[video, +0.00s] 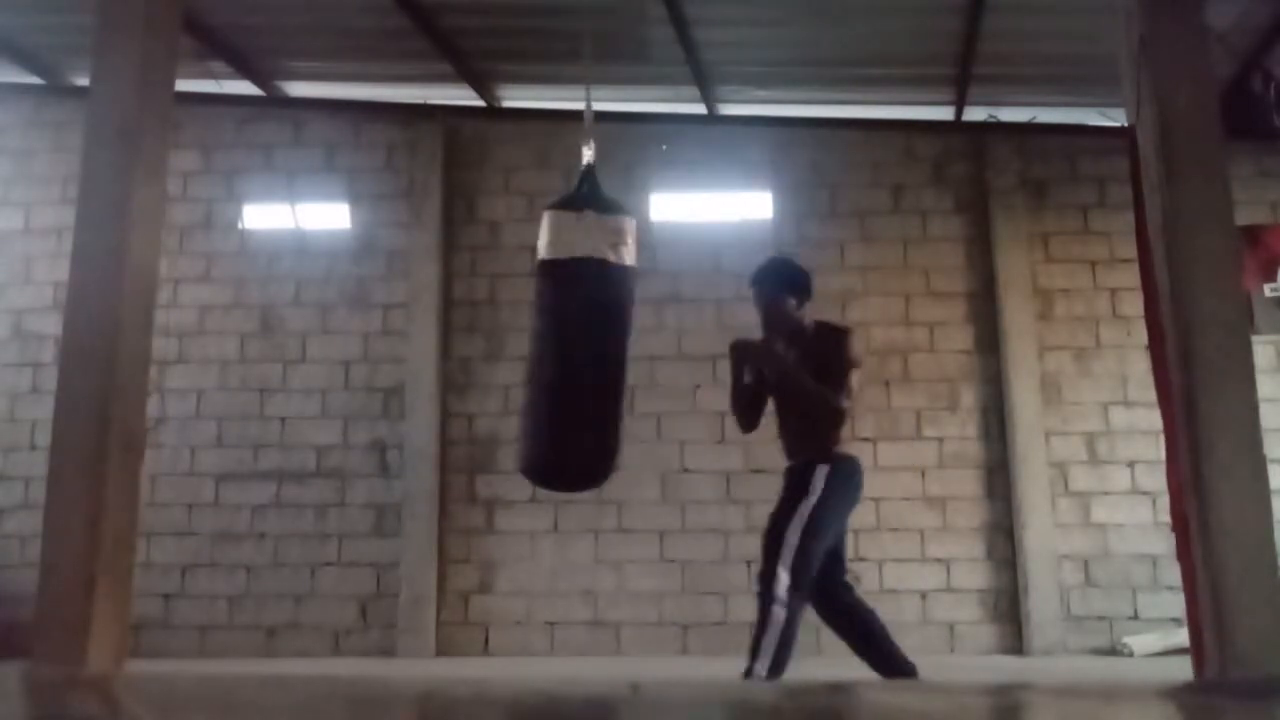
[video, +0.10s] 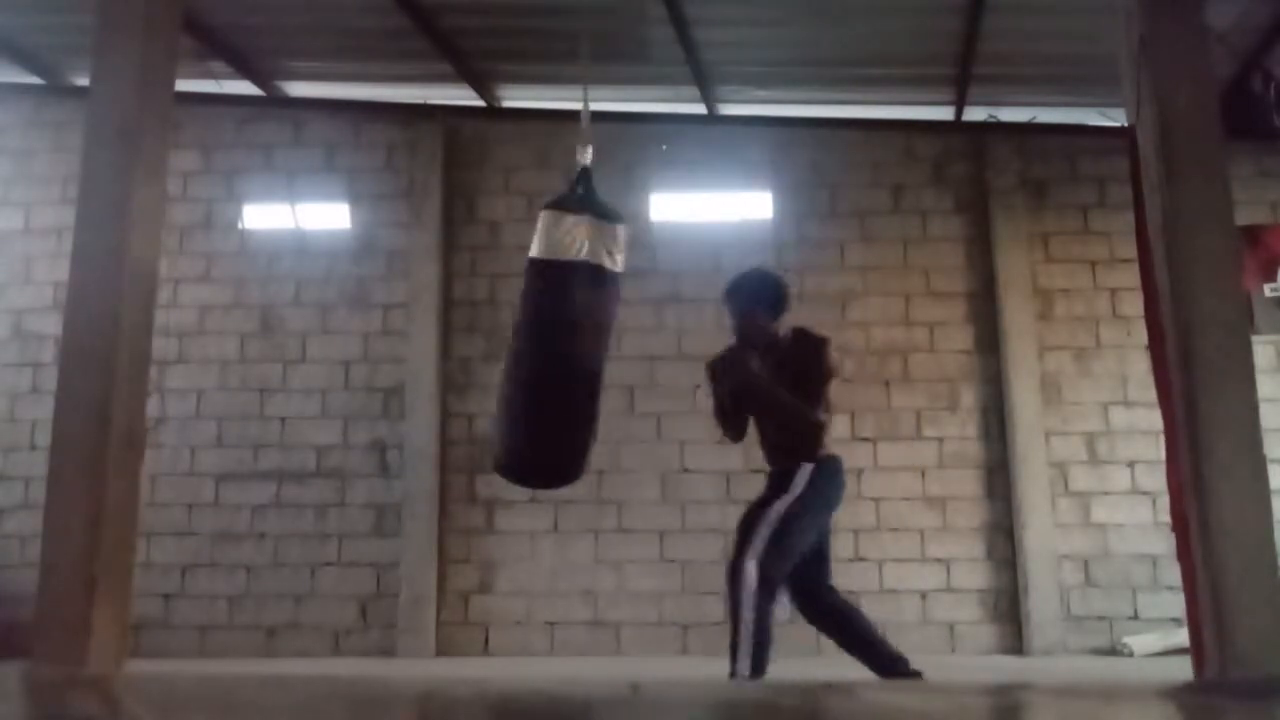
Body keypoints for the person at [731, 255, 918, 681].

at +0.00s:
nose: (760, 310)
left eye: (766, 300)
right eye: (758, 300)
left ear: (791, 299)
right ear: (765, 300)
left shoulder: (828, 339)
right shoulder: (768, 348)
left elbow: (834, 411)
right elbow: (747, 419)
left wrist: (779, 364)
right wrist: (745, 370)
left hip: (828, 471)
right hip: (805, 472)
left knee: (782, 577)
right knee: (827, 587)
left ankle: (756, 690)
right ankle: (906, 681)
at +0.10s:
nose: (734, 322)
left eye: (739, 312)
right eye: (731, 312)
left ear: (762, 311)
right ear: (738, 316)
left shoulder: (803, 347)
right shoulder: (732, 363)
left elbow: (812, 418)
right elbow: (733, 429)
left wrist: (760, 376)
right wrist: (727, 381)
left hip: (812, 472)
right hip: (787, 474)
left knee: (753, 563)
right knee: (812, 594)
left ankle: (744, 683)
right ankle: (902, 676)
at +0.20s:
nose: (700, 323)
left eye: (704, 314)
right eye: (700, 314)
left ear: (722, 313)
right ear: (733, 314)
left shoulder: (774, 343)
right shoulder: (720, 358)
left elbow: (794, 403)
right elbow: (714, 432)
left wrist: (731, 367)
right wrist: (692, 391)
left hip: (790, 473)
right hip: (783, 475)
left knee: (725, 575)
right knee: (779, 597)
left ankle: (735, 692)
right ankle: (889, 669)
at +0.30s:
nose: (671, 312)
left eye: (674, 301)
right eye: (670, 302)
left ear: (692, 299)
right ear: (706, 297)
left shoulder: (748, 326)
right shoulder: (699, 343)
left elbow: (754, 392)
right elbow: (702, 417)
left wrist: (694, 351)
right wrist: (670, 371)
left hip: (781, 459)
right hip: (765, 459)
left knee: (728, 577)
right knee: (742, 578)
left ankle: (737, 691)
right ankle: (838, 668)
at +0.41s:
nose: (648, 304)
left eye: (654, 291)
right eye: (647, 293)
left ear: (680, 286)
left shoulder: (730, 317)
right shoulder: (684, 334)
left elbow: (719, 390)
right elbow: (691, 406)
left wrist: (667, 346)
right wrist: (654, 355)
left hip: (770, 447)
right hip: (747, 449)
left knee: (732, 561)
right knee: (713, 566)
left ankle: (745, 683)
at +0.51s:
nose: (643, 308)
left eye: (647, 295)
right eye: (640, 297)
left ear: (673, 288)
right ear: (666, 294)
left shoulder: (719, 320)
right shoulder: (683, 339)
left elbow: (706, 397)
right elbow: (676, 407)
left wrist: (649, 355)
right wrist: (645, 356)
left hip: (748, 453)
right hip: (731, 454)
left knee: (703, 555)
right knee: (693, 557)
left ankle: (730, 678)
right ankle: (726, 676)